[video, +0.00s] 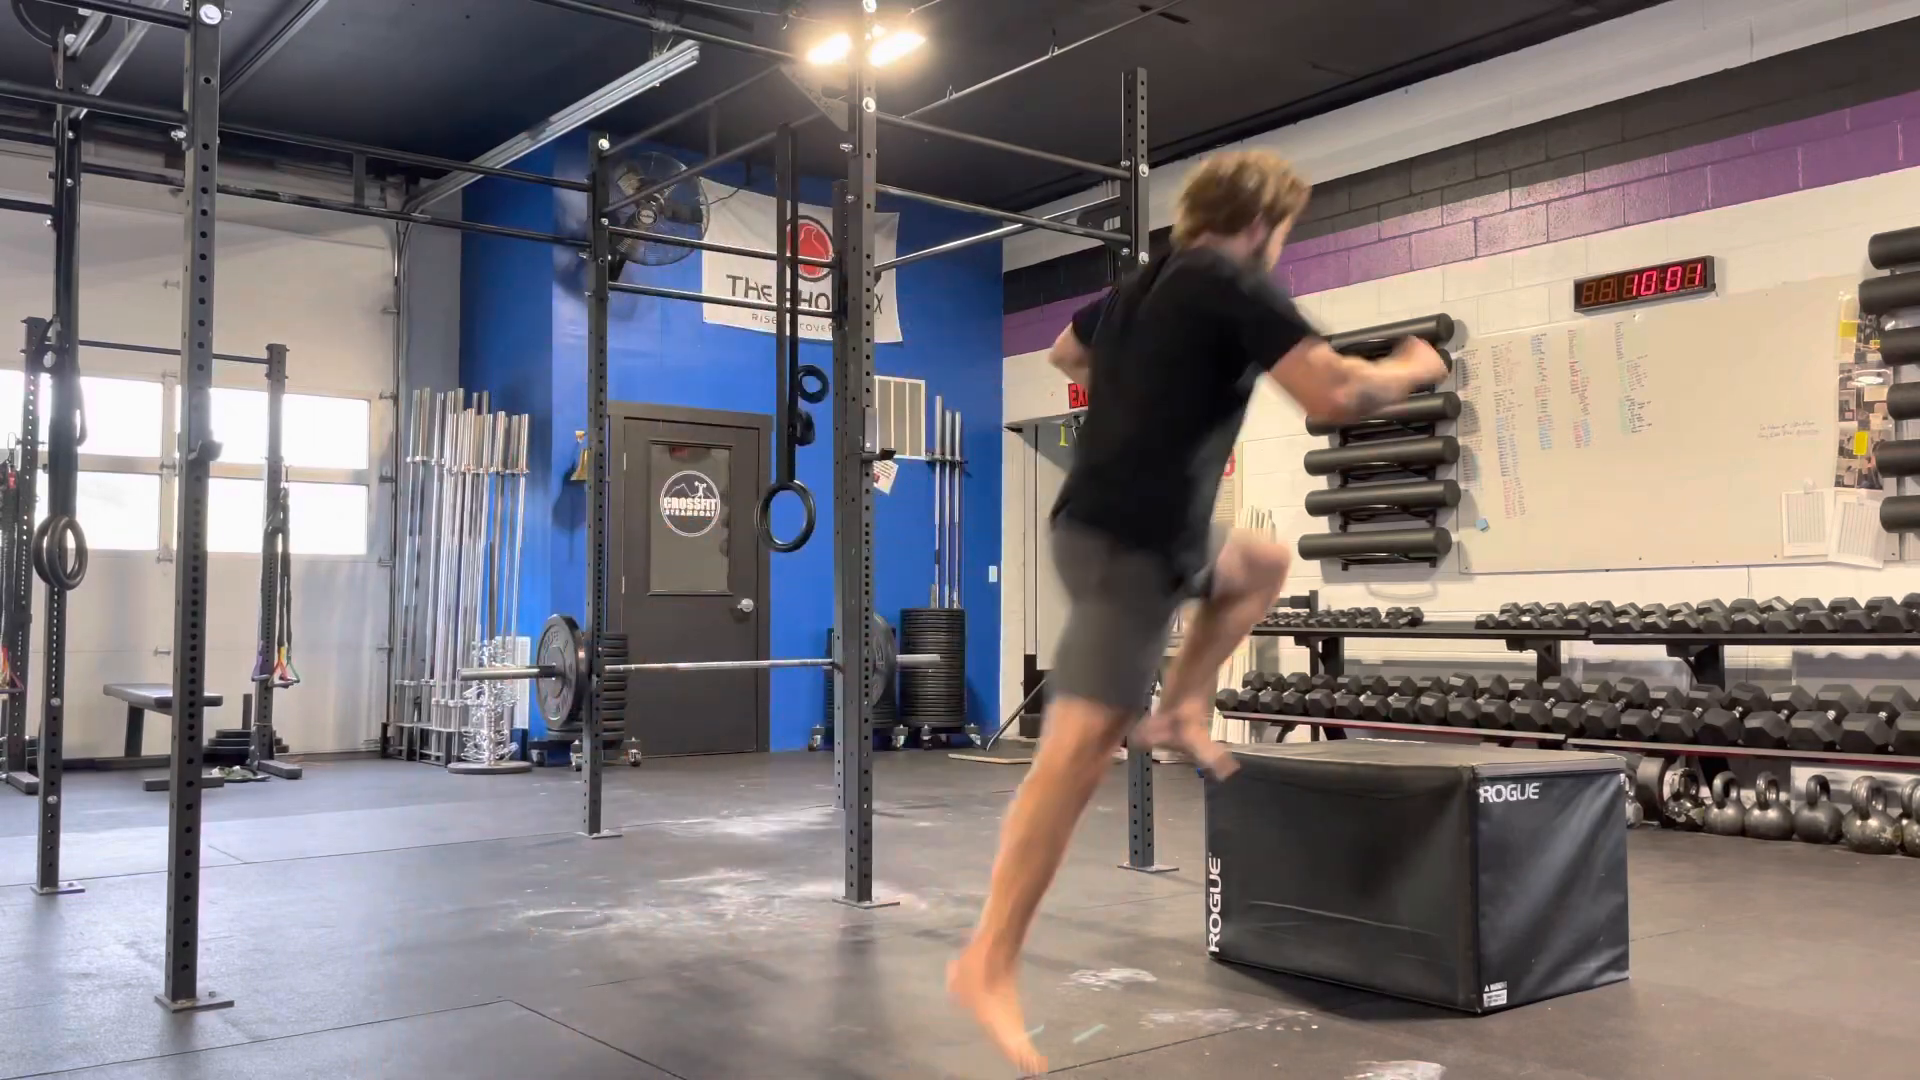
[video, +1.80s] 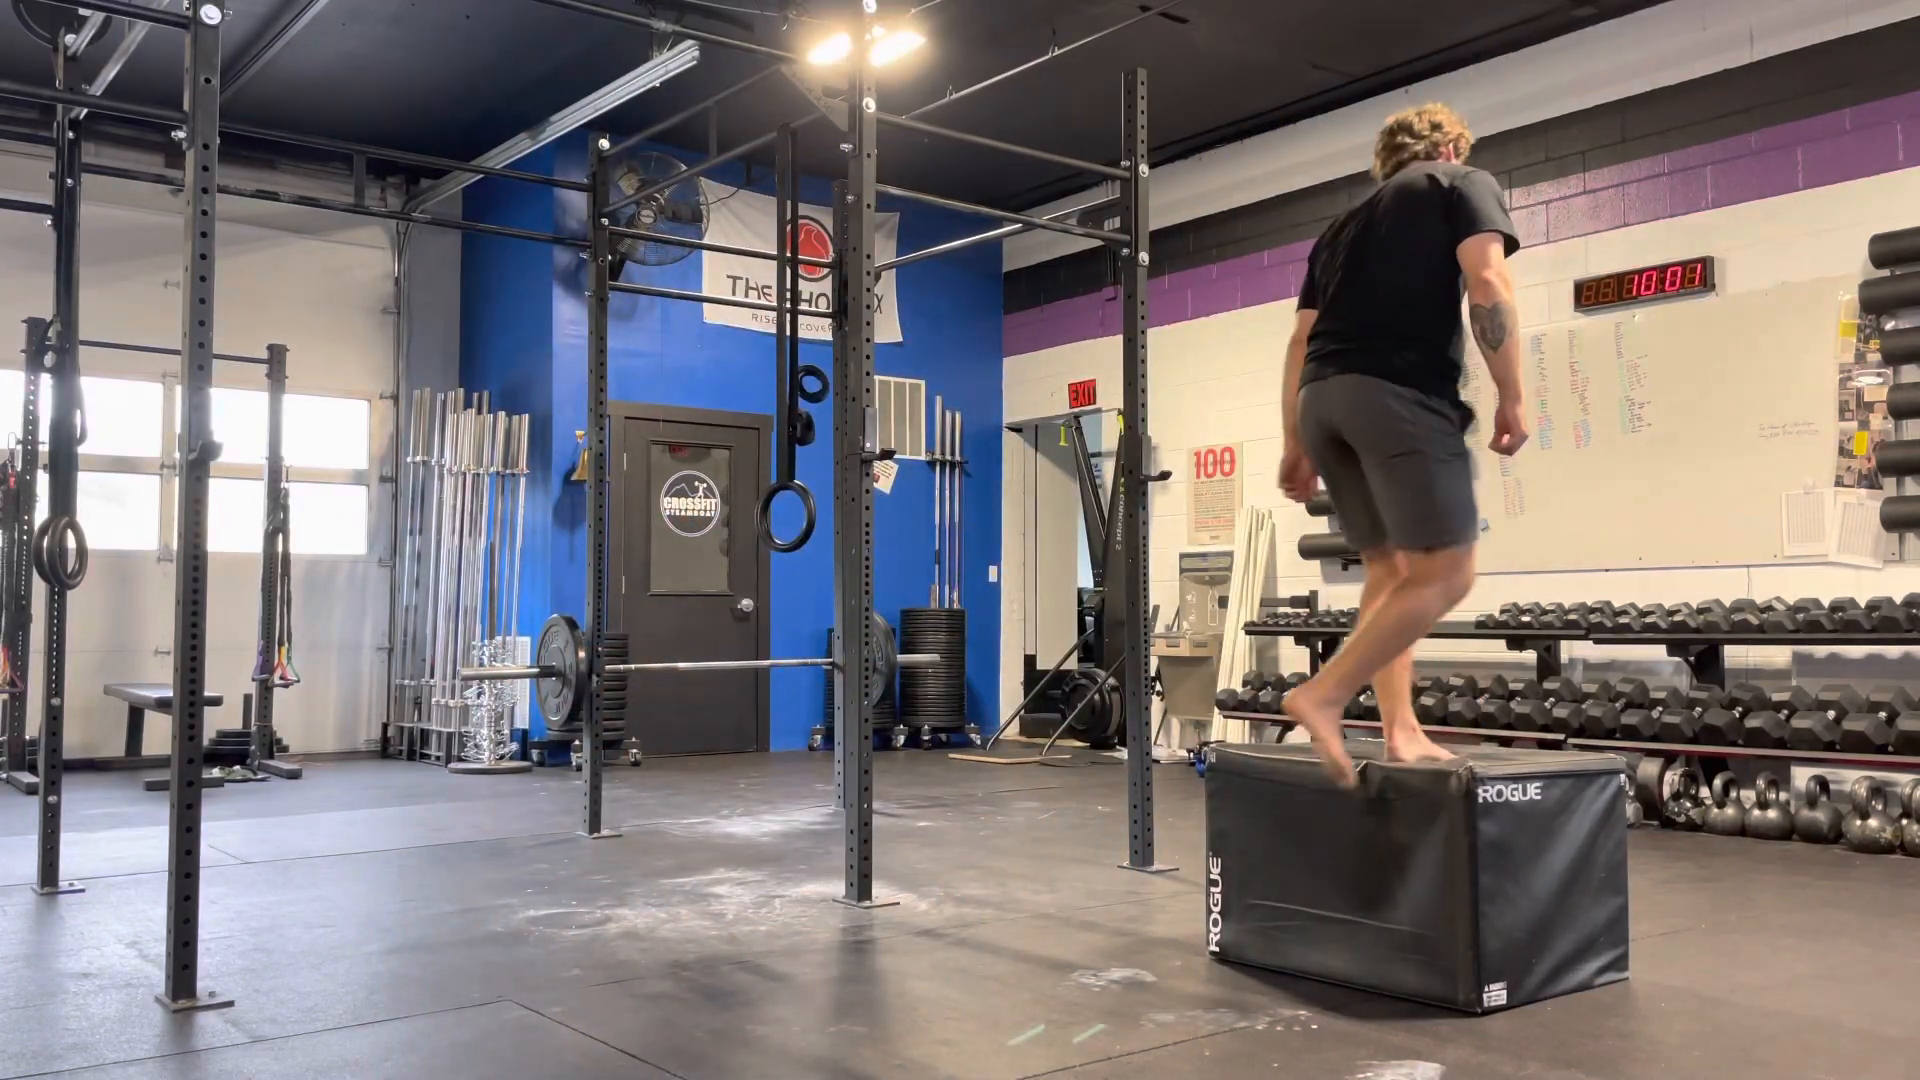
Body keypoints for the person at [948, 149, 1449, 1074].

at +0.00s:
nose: (1287, 248)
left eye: (1289, 234)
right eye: (1286, 233)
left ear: (1201, 221)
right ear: (1261, 226)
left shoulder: (1147, 281)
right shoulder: (1239, 287)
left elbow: (1067, 351)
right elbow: (1331, 394)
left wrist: (1139, 398)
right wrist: (1406, 372)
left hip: (1122, 526)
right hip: (1124, 535)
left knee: (1263, 563)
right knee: (1081, 743)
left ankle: (1180, 711)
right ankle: (986, 965)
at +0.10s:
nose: (1341, 204)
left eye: (1345, 191)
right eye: (1343, 189)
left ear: (1258, 175)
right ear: (1322, 179)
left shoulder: (1190, 242)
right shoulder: (1302, 231)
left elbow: (1115, 349)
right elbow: (1365, 374)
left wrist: (1144, 442)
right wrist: (1431, 442)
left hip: (1144, 464)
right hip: (1195, 474)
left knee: (1303, 498)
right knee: (1195, 685)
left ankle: (1295, 683)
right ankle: (1021, 801)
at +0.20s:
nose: (1389, 208)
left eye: (1393, 195)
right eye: (1389, 194)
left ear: (1308, 181)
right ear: (1367, 185)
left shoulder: (1245, 240)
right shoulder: (1360, 230)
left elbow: (1162, 349)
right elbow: (1398, 372)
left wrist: (1164, 451)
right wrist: (1427, 463)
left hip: (1198, 447)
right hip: (1265, 454)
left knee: (1341, 511)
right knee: (1268, 662)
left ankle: (1378, 693)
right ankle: (1096, 741)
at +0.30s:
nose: (1432, 238)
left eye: (1434, 227)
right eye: (1431, 226)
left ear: (1344, 218)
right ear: (1408, 217)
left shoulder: (1285, 279)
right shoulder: (1414, 263)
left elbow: (1211, 382)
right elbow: (1440, 393)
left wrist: (1208, 483)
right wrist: (1449, 495)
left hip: (1251, 477)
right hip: (1329, 480)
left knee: (1374, 569)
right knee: (1348, 680)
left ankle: (1405, 735)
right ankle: (1187, 750)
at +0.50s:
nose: (1469, 238)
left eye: (1468, 231)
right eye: (1468, 230)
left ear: (1384, 227)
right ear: (1455, 225)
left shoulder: (1337, 275)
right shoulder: (1471, 265)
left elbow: (1268, 390)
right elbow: (1501, 399)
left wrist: (1295, 487)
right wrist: (1504, 497)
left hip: (1312, 457)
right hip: (1403, 460)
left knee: (1395, 582)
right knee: (1457, 634)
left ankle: (1412, 738)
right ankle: (1332, 717)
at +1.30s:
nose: (1524, 127)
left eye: (1525, 117)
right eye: (1525, 116)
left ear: (1448, 108)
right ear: (1509, 110)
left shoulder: (1380, 179)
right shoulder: (1518, 165)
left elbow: (1336, 295)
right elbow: (1531, 283)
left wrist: (1374, 354)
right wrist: (1542, 394)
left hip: (1367, 380)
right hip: (1456, 377)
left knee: (1399, 557)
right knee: (1485, 560)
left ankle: (1406, 732)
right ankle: (1456, 734)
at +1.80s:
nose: (1467, 165)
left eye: (1465, 157)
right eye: (1465, 156)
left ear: (1386, 160)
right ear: (1449, 149)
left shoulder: (1341, 227)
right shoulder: (1459, 183)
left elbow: (1302, 336)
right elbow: (1485, 280)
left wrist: (1295, 438)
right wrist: (1510, 396)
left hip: (1321, 396)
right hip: (1396, 392)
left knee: (1383, 568)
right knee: (1443, 573)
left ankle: (1403, 735)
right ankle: (1319, 698)